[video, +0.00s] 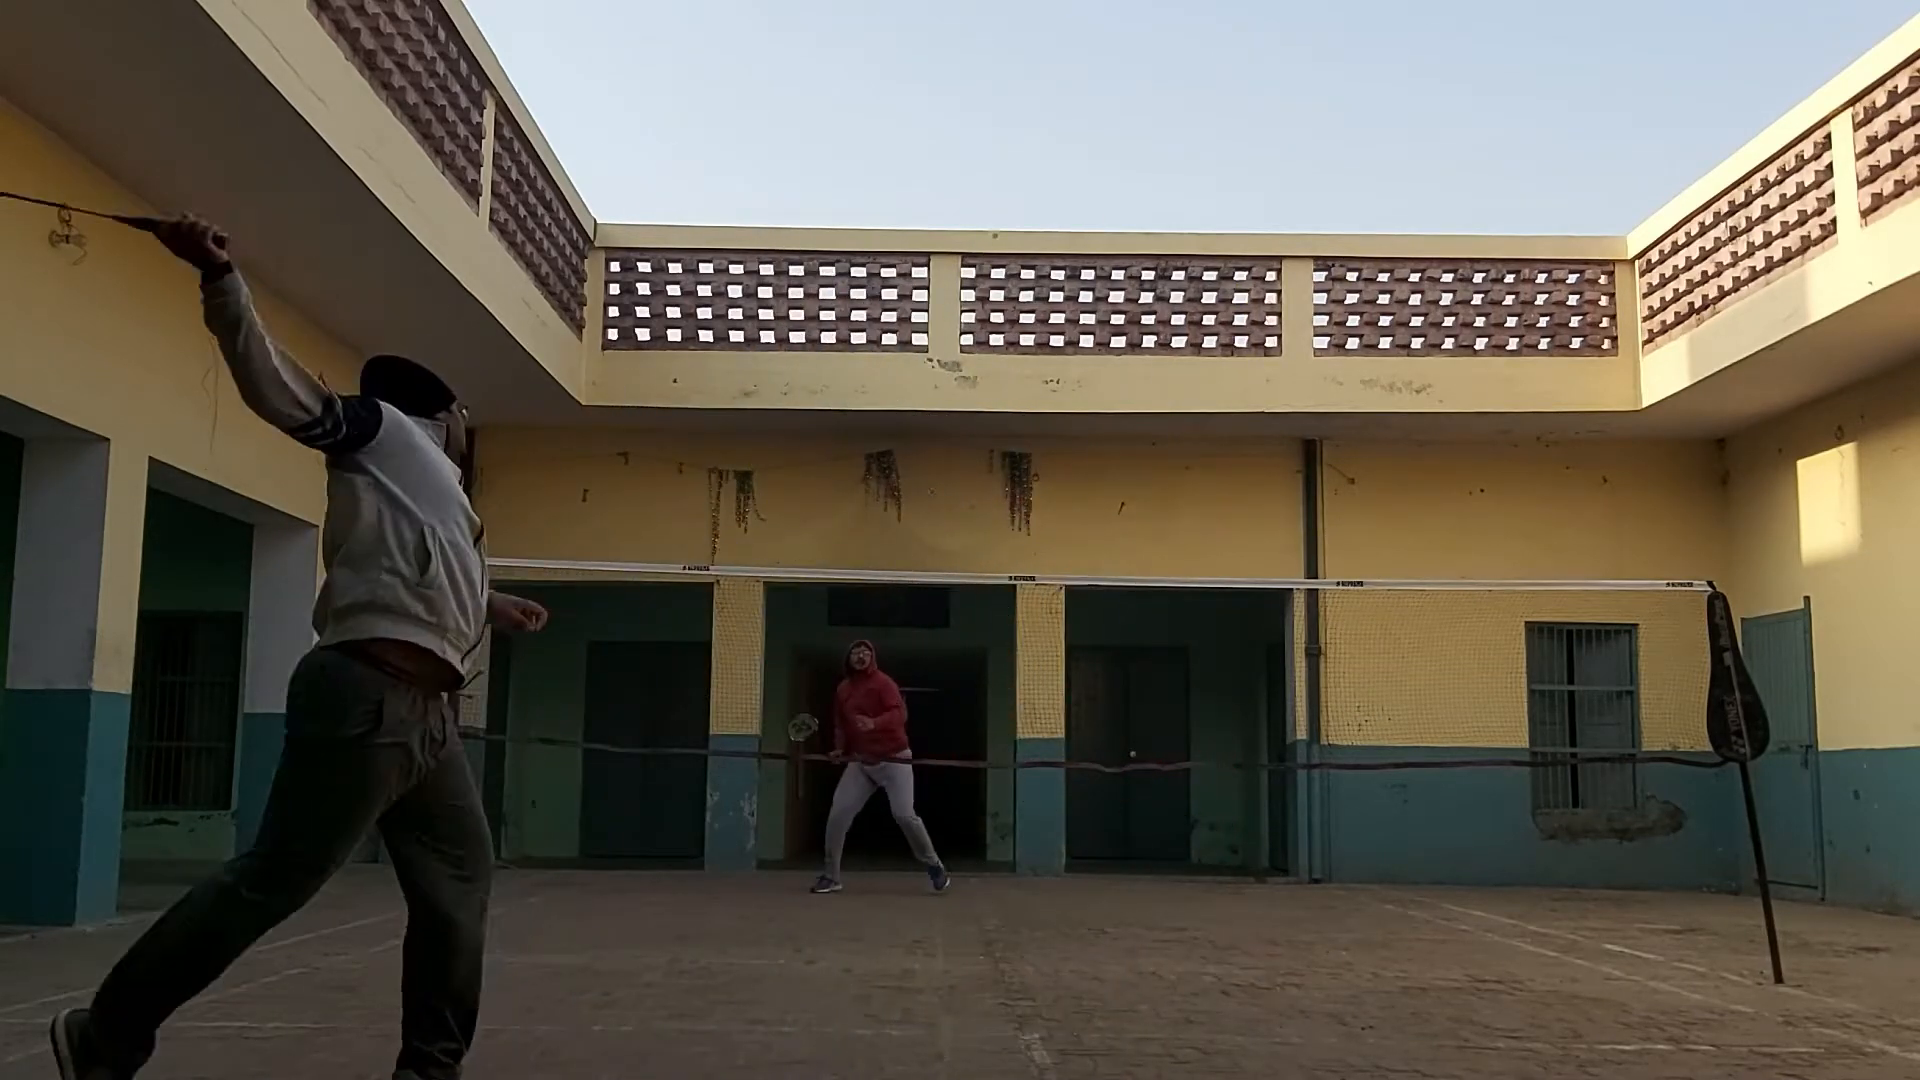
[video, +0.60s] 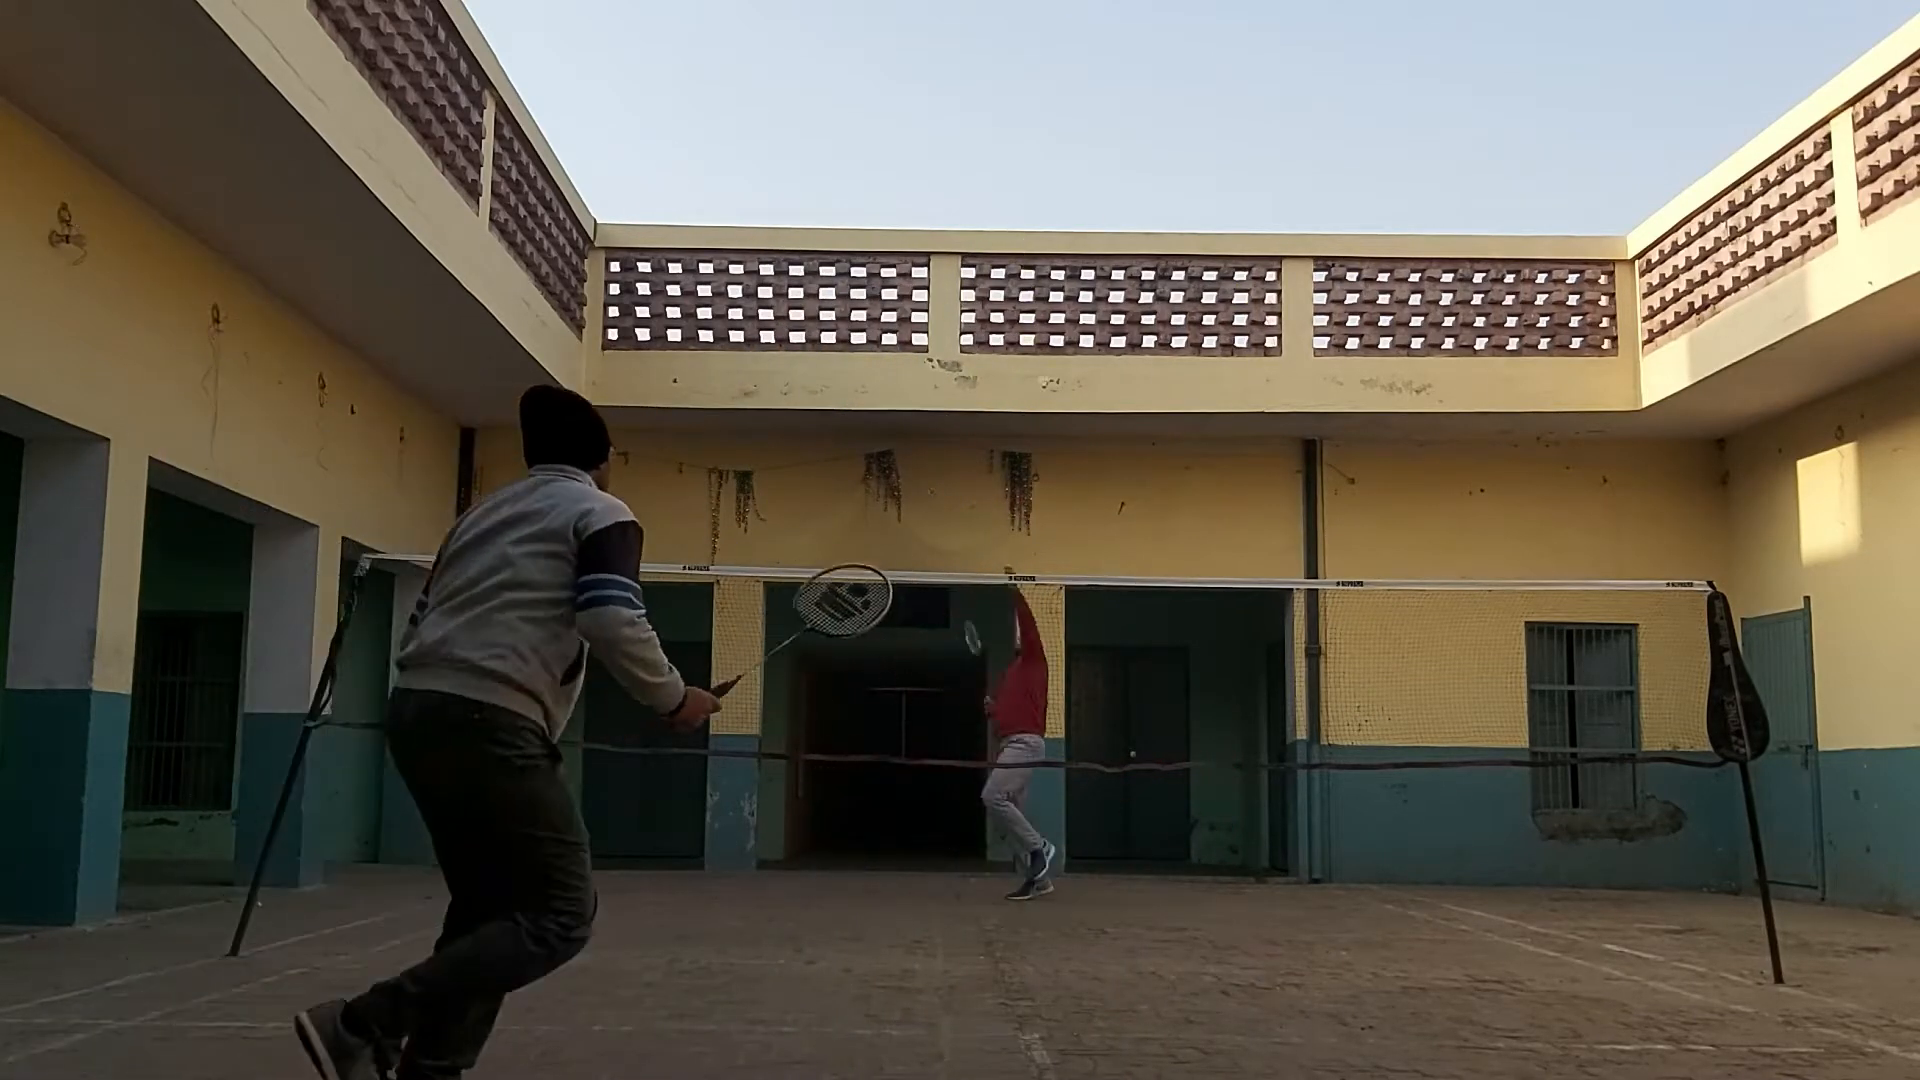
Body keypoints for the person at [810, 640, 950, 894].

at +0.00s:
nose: (860, 655)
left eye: (865, 652)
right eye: (856, 652)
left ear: (872, 658)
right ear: (849, 659)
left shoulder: (883, 683)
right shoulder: (844, 688)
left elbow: (899, 713)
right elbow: (840, 721)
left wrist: (874, 722)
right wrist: (840, 747)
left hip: (894, 762)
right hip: (861, 763)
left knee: (904, 815)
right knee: (838, 816)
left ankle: (934, 867)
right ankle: (831, 877)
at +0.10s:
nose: (883, 661)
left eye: (888, 657)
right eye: (879, 658)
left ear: (895, 665)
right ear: (872, 666)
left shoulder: (903, 689)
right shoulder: (866, 697)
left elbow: (912, 714)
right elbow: (864, 736)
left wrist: (880, 709)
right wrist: (856, 763)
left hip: (909, 772)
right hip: (872, 774)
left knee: (923, 818)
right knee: (839, 820)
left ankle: (956, 874)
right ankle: (831, 878)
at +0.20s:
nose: (911, 660)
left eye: (915, 656)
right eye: (906, 656)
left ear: (923, 663)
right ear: (899, 664)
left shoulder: (932, 688)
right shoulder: (897, 694)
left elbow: (926, 699)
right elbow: (897, 735)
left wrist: (893, 688)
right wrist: (883, 764)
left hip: (937, 767)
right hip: (906, 769)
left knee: (934, 823)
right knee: (872, 820)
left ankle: (966, 883)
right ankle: (838, 874)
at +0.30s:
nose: (936, 653)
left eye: (942, 650)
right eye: (932, 651)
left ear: (951, 657)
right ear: (927, 658)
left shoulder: (958, 677)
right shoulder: (925, 691)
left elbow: (939, 673)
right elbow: (927, 735)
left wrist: (913, 663)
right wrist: (912, 765)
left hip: (964, 763)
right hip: (935, 764)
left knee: (940, 818)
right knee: (905, 817)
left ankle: (966, 882)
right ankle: (917, 874)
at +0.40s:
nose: (956, 657)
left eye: (961, 650)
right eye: (954, 653)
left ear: (973, 651)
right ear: (955, 659)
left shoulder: (982, 672)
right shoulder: (956, 687)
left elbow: (971, 645)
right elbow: (957, 733)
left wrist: (942, 635)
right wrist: (944, 765)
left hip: (986, 757)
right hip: (963, 759)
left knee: (956, 816)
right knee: (943, 818)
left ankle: (969, 880)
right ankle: (992, 859)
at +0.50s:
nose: (986, 641)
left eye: (990, 637)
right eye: (984, 638)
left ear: (998, 642)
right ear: (982, 645)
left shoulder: (1004, 660)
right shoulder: (987, 674)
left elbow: (997, 626)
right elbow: (990, 721)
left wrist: (970, 602)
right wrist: (972, 755)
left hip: (1008, 748)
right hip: (996, 751)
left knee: (974, 806)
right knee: (996, 821)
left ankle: (988, 875)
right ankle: (1035, 875)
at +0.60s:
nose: (1018, 636)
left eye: (1022, 632)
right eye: (1018, 632)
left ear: (1030, 637)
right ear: (1017, 640)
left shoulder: (1034, 659)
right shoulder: (1016, 670)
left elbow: (1028, 624)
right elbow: (1012, 709)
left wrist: (1016, 592)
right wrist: (993, 708)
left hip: (1026, 741)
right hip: (1015, 742)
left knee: (993, 796)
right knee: (1012, 808)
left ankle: (1038, 848)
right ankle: (1033, 878)